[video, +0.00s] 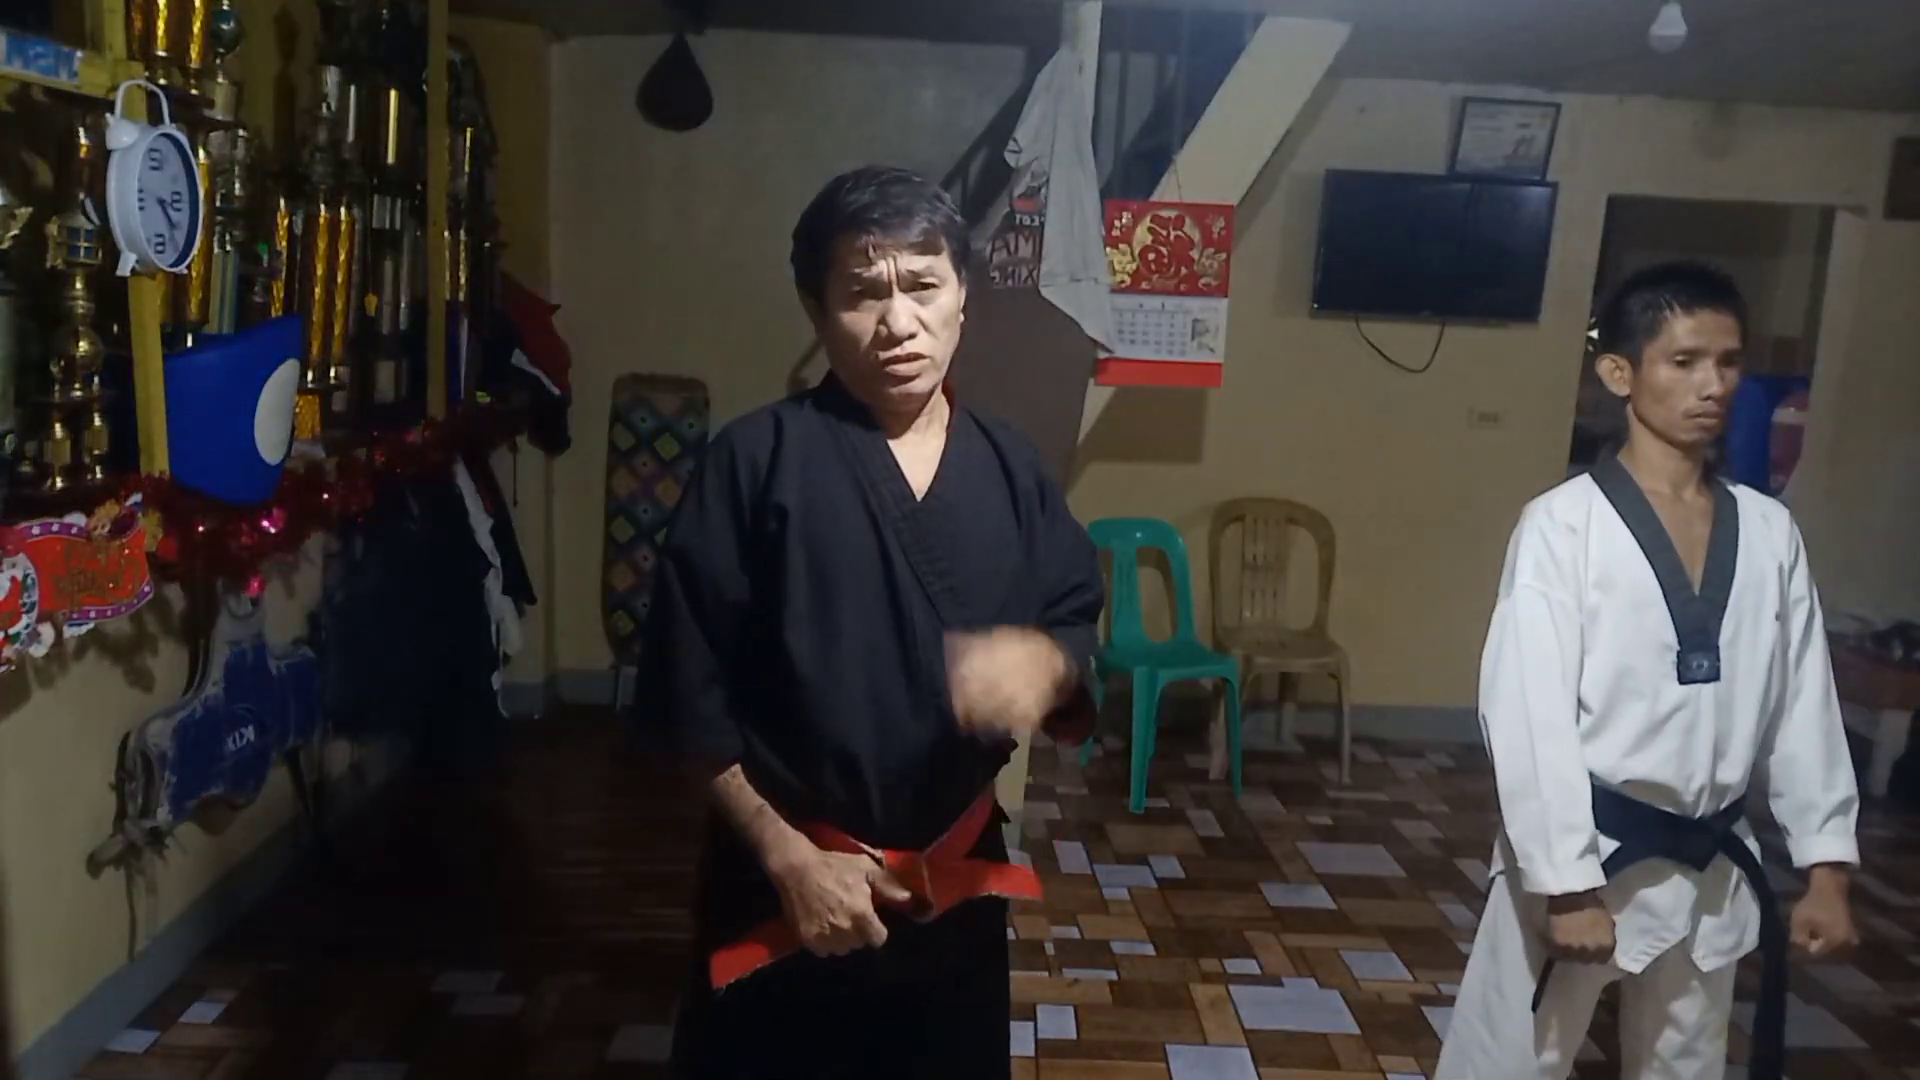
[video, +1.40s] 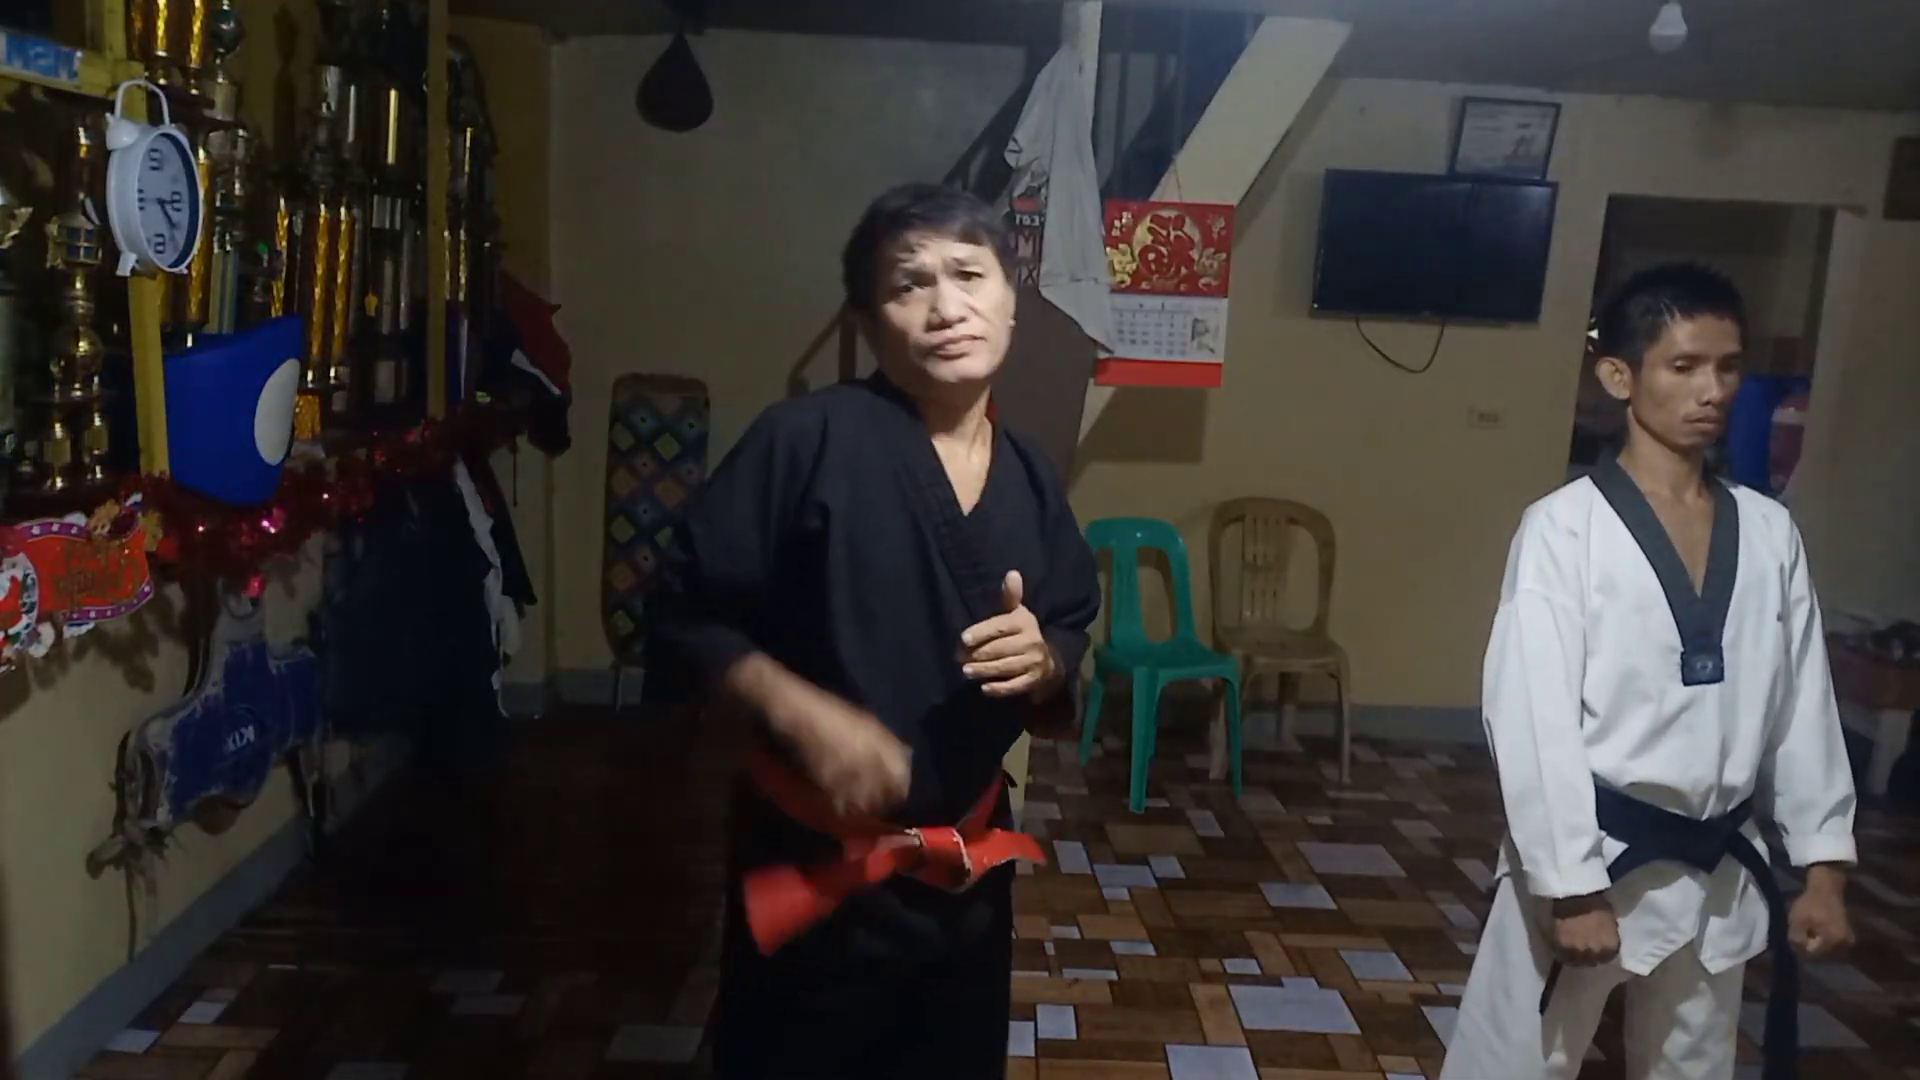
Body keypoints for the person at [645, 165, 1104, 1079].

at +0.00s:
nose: (897, 321)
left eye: (921, 286)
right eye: (862, 294)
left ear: (961, 296)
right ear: (816, 314)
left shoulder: (1010, 465)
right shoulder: (751, 464)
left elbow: (1077, 627)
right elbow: (679, 692)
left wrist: (1040, 662)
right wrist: (786, 853)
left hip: (956, 908)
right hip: (780, 907)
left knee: (956, 1071)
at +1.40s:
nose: (947, 304)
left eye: (970, 274)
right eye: (910, 285)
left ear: (1013, 300)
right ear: (869, 323)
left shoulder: (1024, 469)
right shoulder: (803, 440)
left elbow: (1071, 628)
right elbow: (679, 617)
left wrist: (1043, 655)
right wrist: (803, 711)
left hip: (965, 875)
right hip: (814, 873)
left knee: (959, 1065)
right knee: (795, 1066)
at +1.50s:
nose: (972, 313)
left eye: (996, 282)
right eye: (937, 287)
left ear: (1032, 304)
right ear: (890, 314)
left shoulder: (1027, 469)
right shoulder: (818, 431)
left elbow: (1069, 635)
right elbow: (671, 593)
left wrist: (1045, 652)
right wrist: (798, 618)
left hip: (958, 852)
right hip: (815, 844)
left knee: (944, 1063)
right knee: (789, 1063)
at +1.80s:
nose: (905, 303)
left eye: (930, 272)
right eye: (869, 279)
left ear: (969, 293)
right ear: (825, 309)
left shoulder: (973, 456)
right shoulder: (770, 449)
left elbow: (1019, 630)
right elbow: (631, 641)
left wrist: (992, 651)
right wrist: (807, 679)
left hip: (916, 862)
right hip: (775, 859)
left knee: (897, 1063)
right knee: (752, 1065)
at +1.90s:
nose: (852, 320)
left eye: (874, 284)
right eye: (812, 296)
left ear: (910, 296)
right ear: (764, 326)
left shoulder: (949, 460)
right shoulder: (719, 488)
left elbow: (1000, 614)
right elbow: (696, 748)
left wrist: (938, 648)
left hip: (892, 861)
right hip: (743, 868)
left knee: (893, 1062)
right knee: (744, 1065)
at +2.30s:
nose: (895, 338)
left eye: (915, 306)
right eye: (862, 314)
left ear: (948, 321)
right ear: (824, 341)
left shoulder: (980, 475)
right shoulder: (776, 475)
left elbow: (1019, 612)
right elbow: (689, 657)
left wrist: (1002, 679)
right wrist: (784, 778)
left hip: (916, 832)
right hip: (783, 834)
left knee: (885, 1052)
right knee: (770, 1058)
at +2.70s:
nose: (912, 338)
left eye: (930, 308)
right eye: (879, 313)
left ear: (959, 317)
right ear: (837, 334)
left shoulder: (972, 463)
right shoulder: (797, 451)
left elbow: (1018, 650)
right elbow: (693, 633)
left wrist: (1003, 569)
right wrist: (835, 660)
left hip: (908, 812)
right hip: (783, 810)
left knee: (887, 1045)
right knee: (759, 1050)